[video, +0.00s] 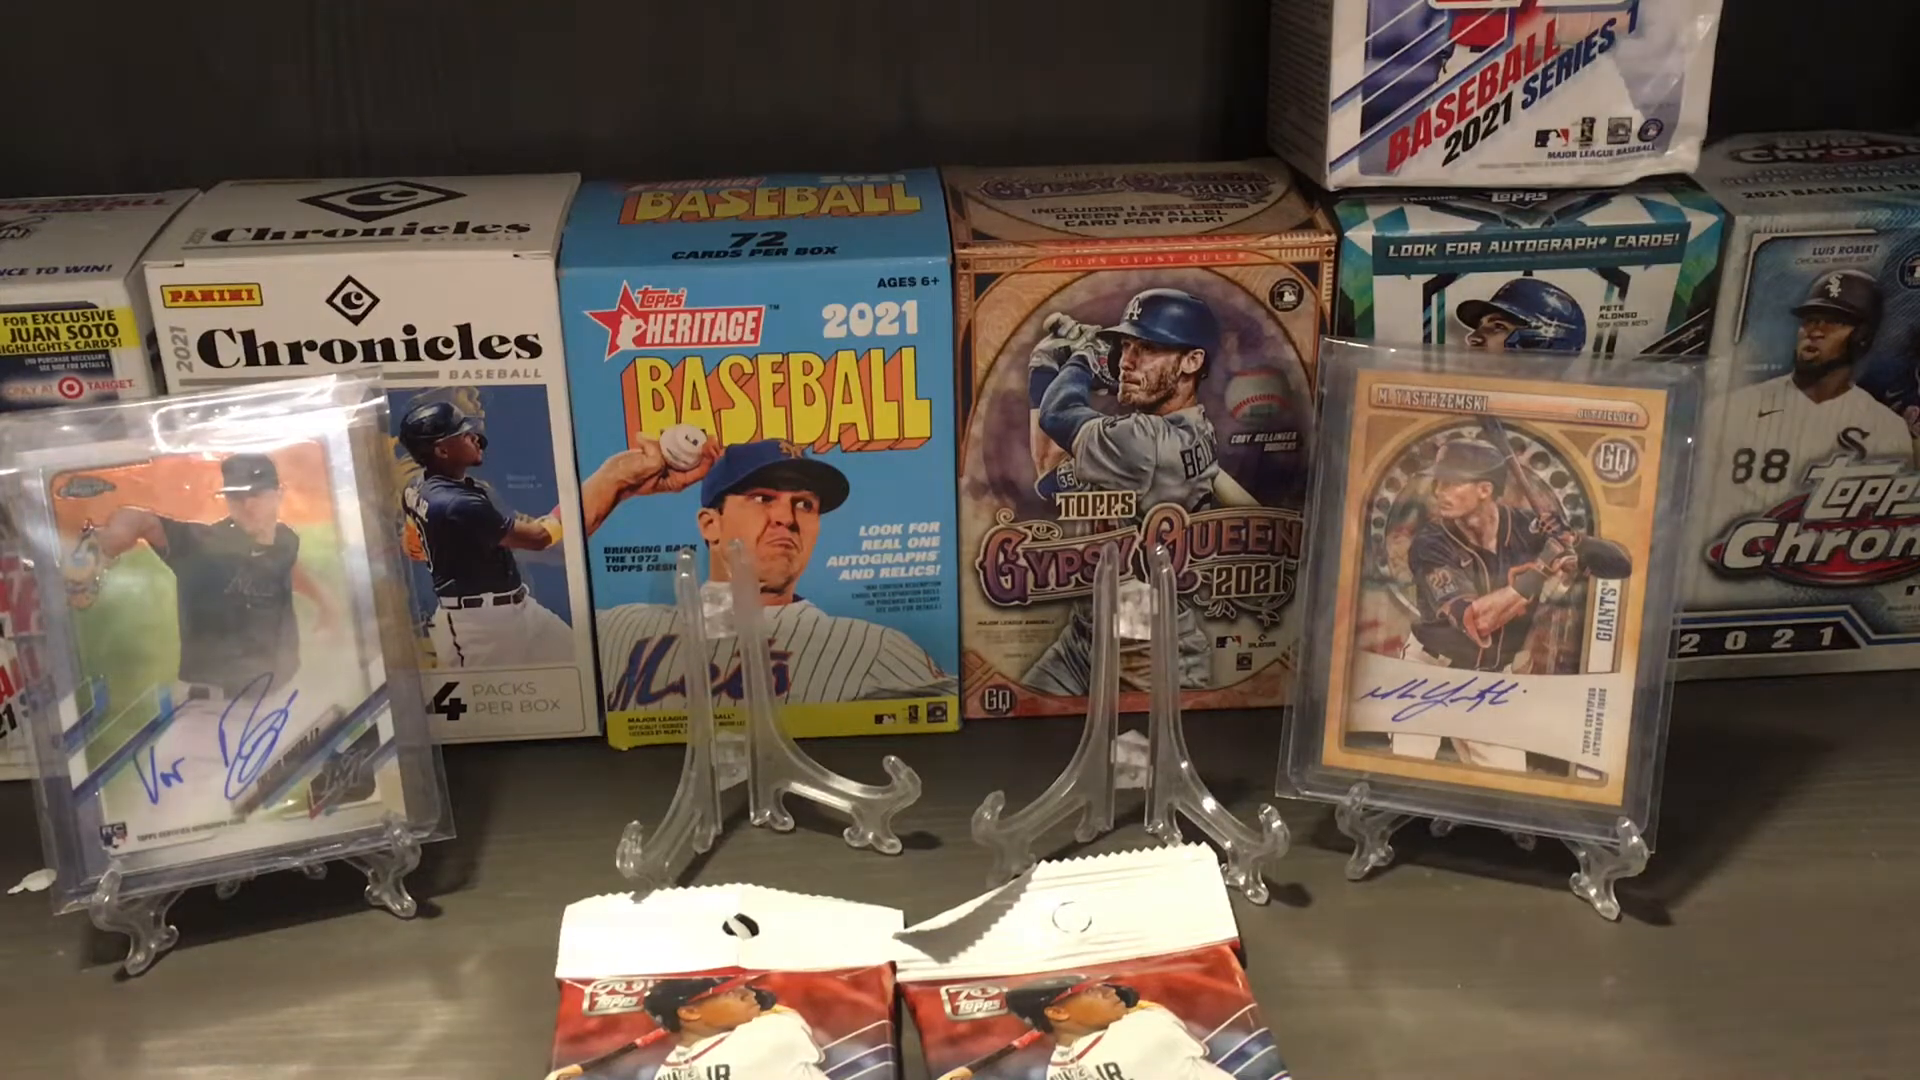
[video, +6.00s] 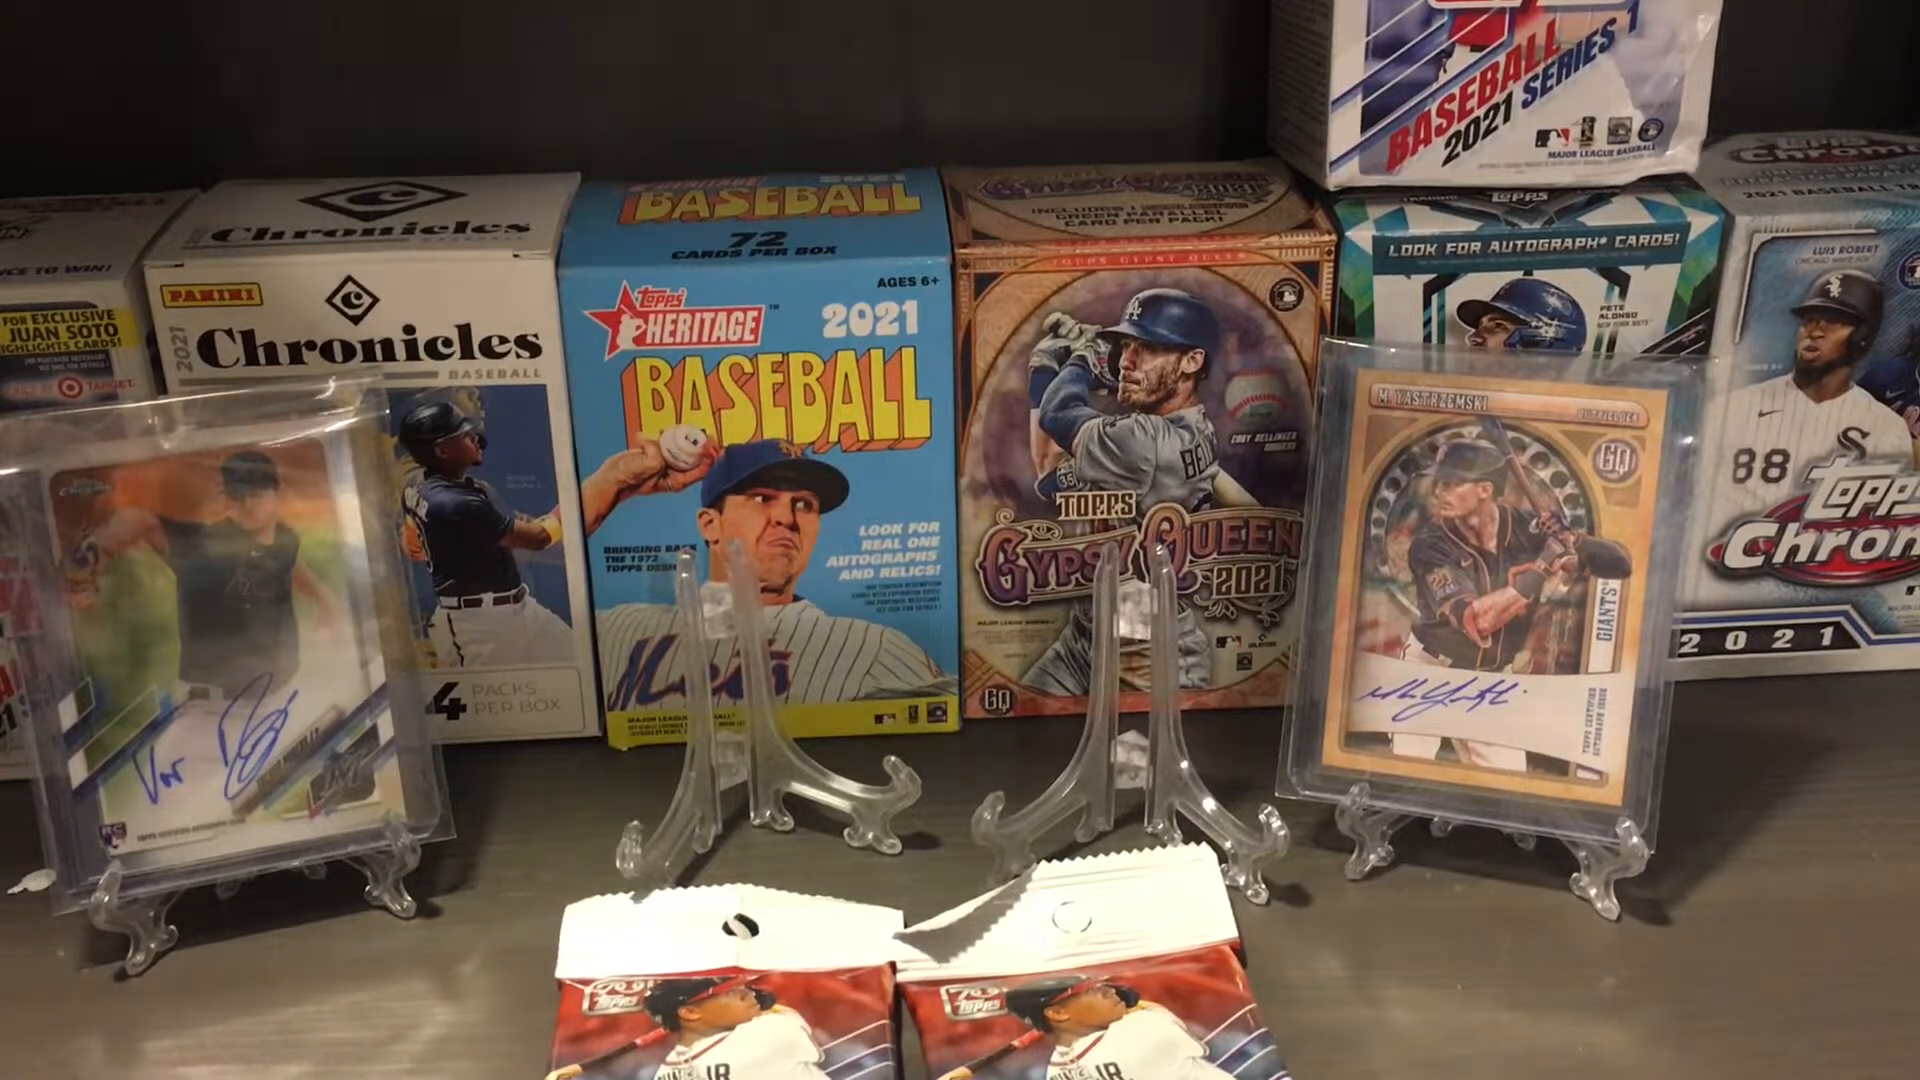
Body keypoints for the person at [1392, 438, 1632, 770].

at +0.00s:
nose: (1439, 492)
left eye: (1452, 484)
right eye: (1438, 483)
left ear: (1484, 491)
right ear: (1434, 485)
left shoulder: (1527, 528)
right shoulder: (1430, 540)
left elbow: (1622, 564)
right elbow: (1472, 621)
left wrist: (1575, 550)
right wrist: (1539, 571)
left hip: (1498, 674)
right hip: (1430, 667)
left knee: (1509, 786)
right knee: (1413, 768)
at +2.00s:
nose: (1439, 492)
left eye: (1451, 484)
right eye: (1438, 483)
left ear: (1484, 491)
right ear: (1435, 486)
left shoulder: (1527, 529)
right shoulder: (1430, 541)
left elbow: (1622, 563)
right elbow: (1472, 621)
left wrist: (1574, 551)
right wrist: (1537, 574)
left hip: (1496, 677)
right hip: (1430, 670)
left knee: (1509, 786)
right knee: (1411, 773)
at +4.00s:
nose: (1439, 493)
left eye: (1451, 485)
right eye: (1439, 484)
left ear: (1484, 491)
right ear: (1435, 486)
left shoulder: (1526, 528)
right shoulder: (1430, 541)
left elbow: (1622, 563)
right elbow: (1474, 622)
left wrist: (1576, 550)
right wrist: (1539, 570)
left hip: (1495, 676)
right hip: (1429, 669)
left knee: (1509, 792)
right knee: (1410, 774)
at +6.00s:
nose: (1440, 492)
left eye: (1452, 485)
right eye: (1439, 484)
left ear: (1485, 490)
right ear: (1436, 486)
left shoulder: (1526, 528)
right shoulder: (1430, 542)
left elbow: (1622, 563)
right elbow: (1474, 622)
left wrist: (1575, 547)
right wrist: (1540, 570)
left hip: (1495, 676)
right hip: (1430, 669)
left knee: (1509, 788)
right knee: (1412, 772)